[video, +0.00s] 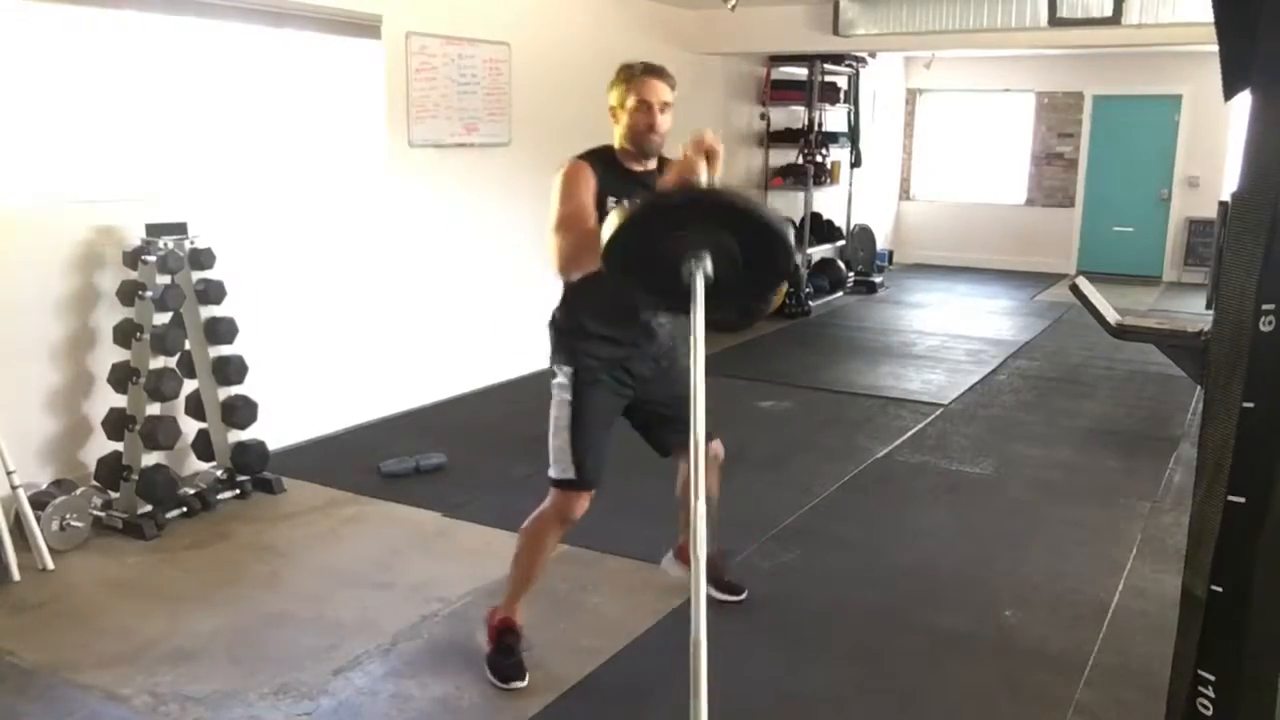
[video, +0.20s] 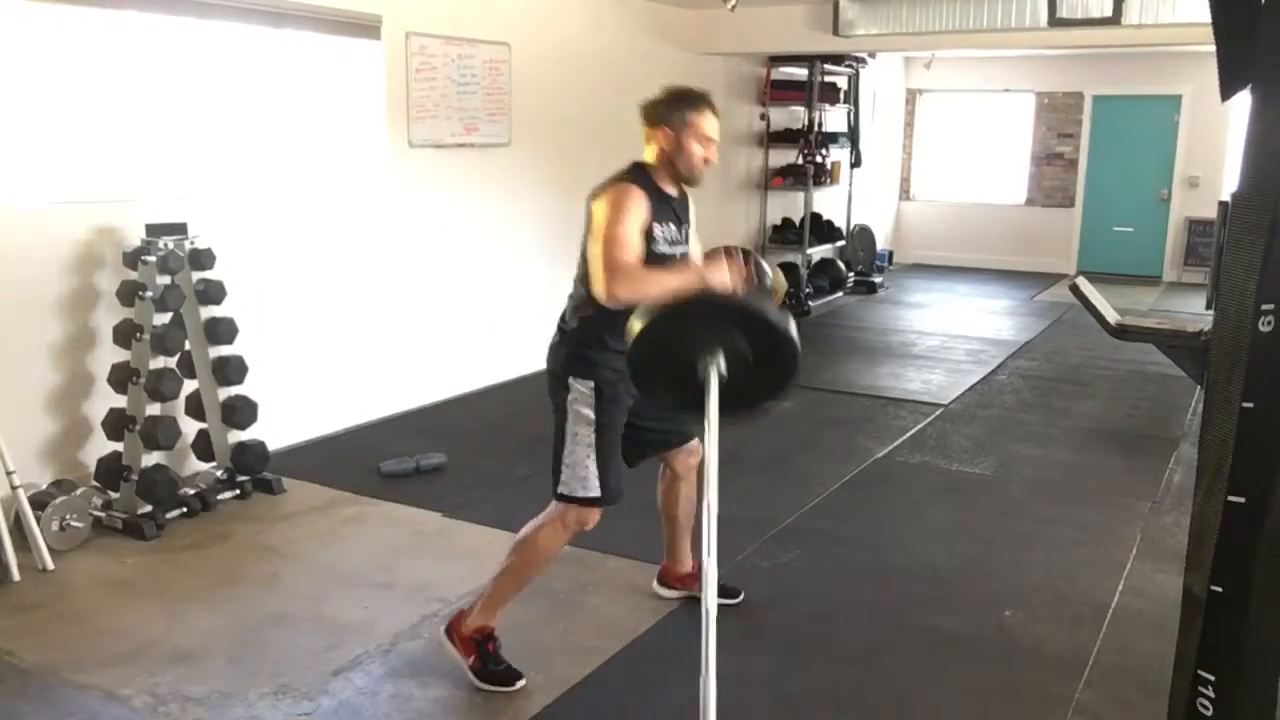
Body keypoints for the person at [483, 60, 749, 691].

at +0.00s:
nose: (654, 118)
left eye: (663, 107)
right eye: (642, 106)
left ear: (674, 113)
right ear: (616, 111)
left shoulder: (676, 179)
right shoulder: (585, 173)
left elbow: (696, 252)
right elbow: (572, 266)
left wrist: (706, 185)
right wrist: (657, 208)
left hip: (659, 346)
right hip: (592, 348)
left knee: (706, 451)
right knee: (570, 501)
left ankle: (692, 550)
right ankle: (505, 618)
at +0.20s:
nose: (712, 153)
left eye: (714, 142)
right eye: (703, 140)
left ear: (680, 144)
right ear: (662, 138)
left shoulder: (677, 203)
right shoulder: (623, 198)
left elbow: (663, 282)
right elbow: (615, 285)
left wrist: (716, 278)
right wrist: (700, 275)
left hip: (636, 356)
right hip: (590, 359)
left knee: (686, 452)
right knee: (577, 508)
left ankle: (679, 569)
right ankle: (473, 626)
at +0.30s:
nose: (727, 183)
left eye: (728, 170)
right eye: (720, 169)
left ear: (689, 167)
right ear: (684, 165)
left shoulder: (671, 219)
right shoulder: (651, 220)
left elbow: (668, 308)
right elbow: (661, 317)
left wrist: (723, 332)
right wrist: (729, 343)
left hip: (625, 371)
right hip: (586, 373)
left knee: (689, 443)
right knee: (593, 519)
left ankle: (679, 569)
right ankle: (473, 623)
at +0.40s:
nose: (733, 213)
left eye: (734, 200)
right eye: (727, 200)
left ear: (690, 200)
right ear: (695, 201)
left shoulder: (651, 237)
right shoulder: (676, 264)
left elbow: (661, 336)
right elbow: (686, 366)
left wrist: (706, 383)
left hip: (626, 387)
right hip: (589, 397)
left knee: (685, 456)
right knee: (604, 542)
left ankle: (678, 568)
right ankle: (472, 630)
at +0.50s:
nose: (743, 248)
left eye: (744, 236)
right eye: (738, 236)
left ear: (698, 235)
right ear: (707, 235)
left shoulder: (646, 263)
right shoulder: (694, 303)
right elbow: (700, 419)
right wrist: (717, 485)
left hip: (623, 402)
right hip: (589, 421)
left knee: (696, 460)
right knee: (609, 565)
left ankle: (670, 558)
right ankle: (474, 634)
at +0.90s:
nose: (746, 218)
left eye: (745, 205)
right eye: (737, 206)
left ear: (698, 207)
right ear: (705, 205)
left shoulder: (661, 243)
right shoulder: (697, 262)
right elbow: (707, 370)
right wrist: (715, 434)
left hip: (636, 395)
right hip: (603, 406)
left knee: (690, 458)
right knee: (586, 550)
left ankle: (679, 569)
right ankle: (463, 632)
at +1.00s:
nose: (727, 168)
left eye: (730, 157)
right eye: (716, 155)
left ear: (726, 159)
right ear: (687, 153)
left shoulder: (686, 208)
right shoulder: (663, 196)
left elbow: (678, 288)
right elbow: (675, 278)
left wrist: (707, 342)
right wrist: (715, 347)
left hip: (648, 359)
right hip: (598, 363)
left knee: (701, 445)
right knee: (582, 503)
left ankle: (683, 564)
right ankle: (475, 617)